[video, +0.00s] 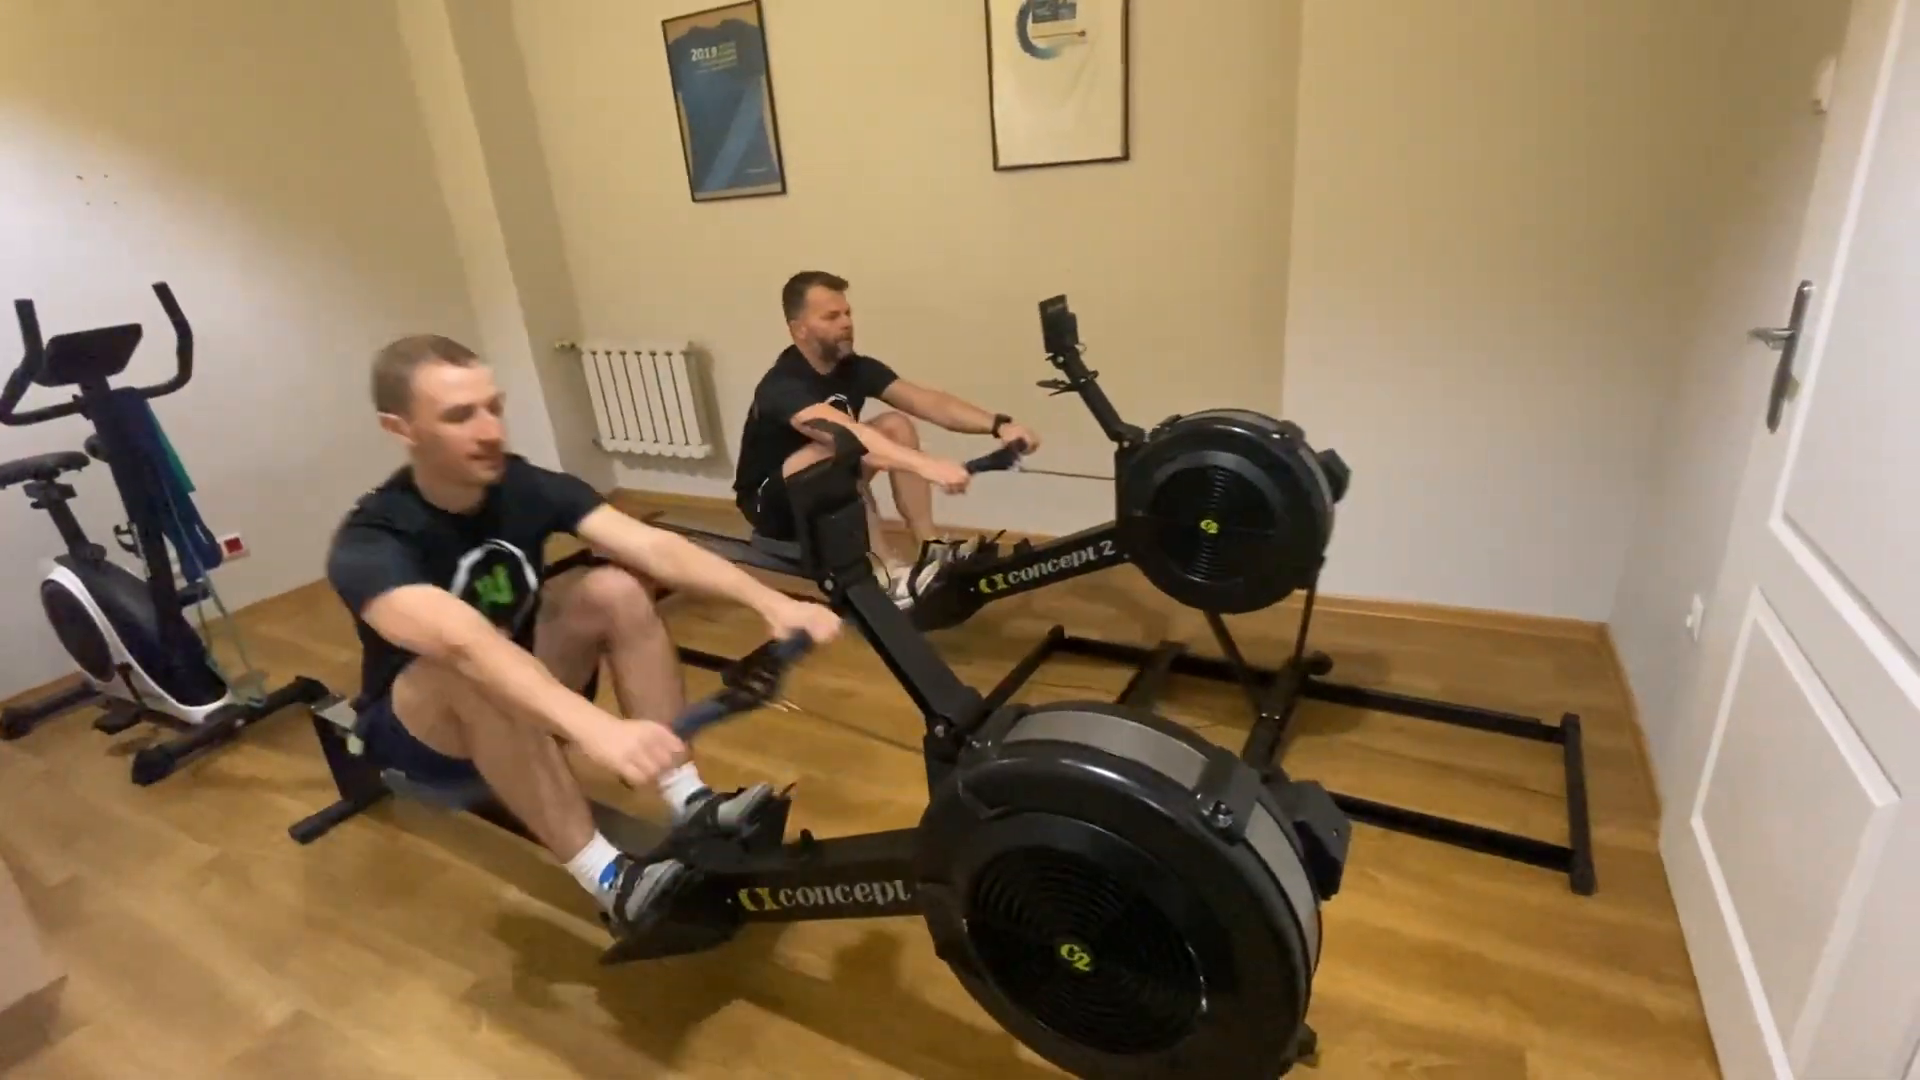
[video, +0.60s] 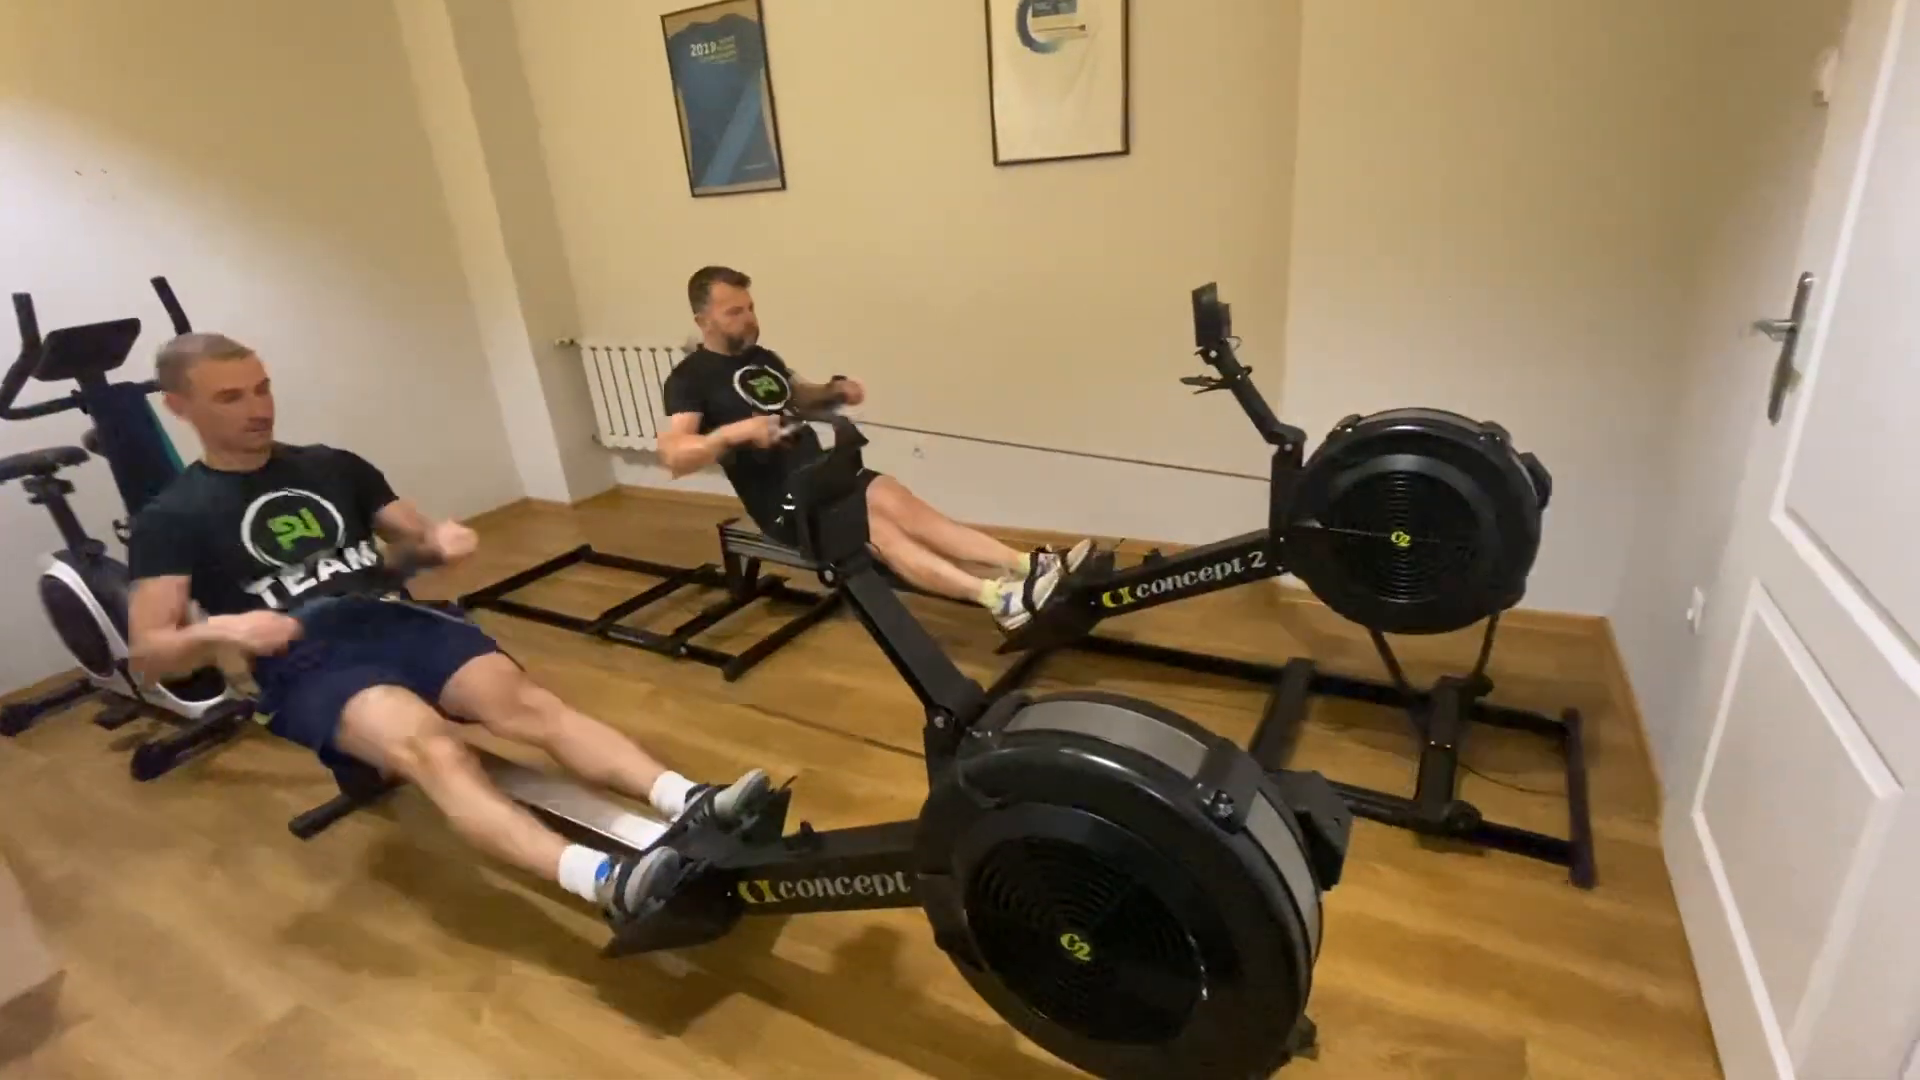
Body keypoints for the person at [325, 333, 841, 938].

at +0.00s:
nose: (490, 431)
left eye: (494, 408)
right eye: (461, 417)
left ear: (503, 404)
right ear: (401, 429)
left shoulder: (524, 488)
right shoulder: (368, 548)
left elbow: (650, 547)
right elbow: (466, 642)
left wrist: (769, 600)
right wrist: (592, 727)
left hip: (516, 691)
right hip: (417, 735)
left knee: (615, 592)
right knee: (476, 666)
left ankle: (693, 808)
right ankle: (612, 883)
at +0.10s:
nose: (437, 416)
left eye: (442, 394)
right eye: (408, 403)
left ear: (452, 391)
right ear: (354, 419)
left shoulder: (485, 479)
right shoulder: (326, 534)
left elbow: (603, 532)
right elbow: (420, 626)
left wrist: (713, 583)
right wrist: (539, 699)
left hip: (492, 654)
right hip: (390, 703)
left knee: (597, 597)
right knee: (468, 680)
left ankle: (692, 809)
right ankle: (611, 885)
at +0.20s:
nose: (378, 400)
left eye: (383, 378)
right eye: (350, 388)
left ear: (394, 376)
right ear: (296, 402)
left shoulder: (432, 464)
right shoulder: (277, 520)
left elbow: (550, 521)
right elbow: (362, 605)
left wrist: (655, 572)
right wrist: (464, 672)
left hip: (462, 636)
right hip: (364, 679)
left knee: (575, 617)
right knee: (458, 693)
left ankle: (693, 810)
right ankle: (610, 886)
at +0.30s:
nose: (325, 388)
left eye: (327, 368)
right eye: (299, 378)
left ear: (335, 365)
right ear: (243, 394)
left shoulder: (387, 457)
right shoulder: (227, 506)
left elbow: (495, 515)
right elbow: (300, 602)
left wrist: (583, 551)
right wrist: (395, 647)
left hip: (433, 629)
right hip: (334, 665)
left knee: (562, 647)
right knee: (446, 703)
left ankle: (692, 809)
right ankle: (610, 884)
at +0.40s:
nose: (294, 390)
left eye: (298, 370)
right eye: (268, 378)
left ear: (308, 367)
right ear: (214, 393)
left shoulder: (360, 453)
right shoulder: (203, 502)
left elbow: (462, 517)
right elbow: (257, 607)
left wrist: (540, 542)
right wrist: (347, 640)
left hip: (412, 624)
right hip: (314, 662)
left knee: (534, 652)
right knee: (433, 710)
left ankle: (692, 808)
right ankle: (607, 882)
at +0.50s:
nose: (273, 399)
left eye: (277, 378)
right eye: (247, 389)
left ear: (287, 373)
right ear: (198, 401)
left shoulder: (343, 458)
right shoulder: (186, 510)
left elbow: (442, 528)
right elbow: (207, 631)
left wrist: (488, 538)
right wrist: (290, 633)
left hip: (403, 618)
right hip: (311, 660)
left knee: (527, 680)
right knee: (436, 733)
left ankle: (693, 806)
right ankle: (607, 884)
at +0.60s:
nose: (256, 410)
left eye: (261, 390)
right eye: (231, 400)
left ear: (271, 384)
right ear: (184, 412)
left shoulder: (328, 467)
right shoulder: (171, 519)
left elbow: (413, 530)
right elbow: (149, 649)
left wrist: (437, 536)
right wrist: (216, 632)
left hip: (391, 615)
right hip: (300, 655)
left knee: (521, 696)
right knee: (433, 746)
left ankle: (692, 803)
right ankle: (610, 883)